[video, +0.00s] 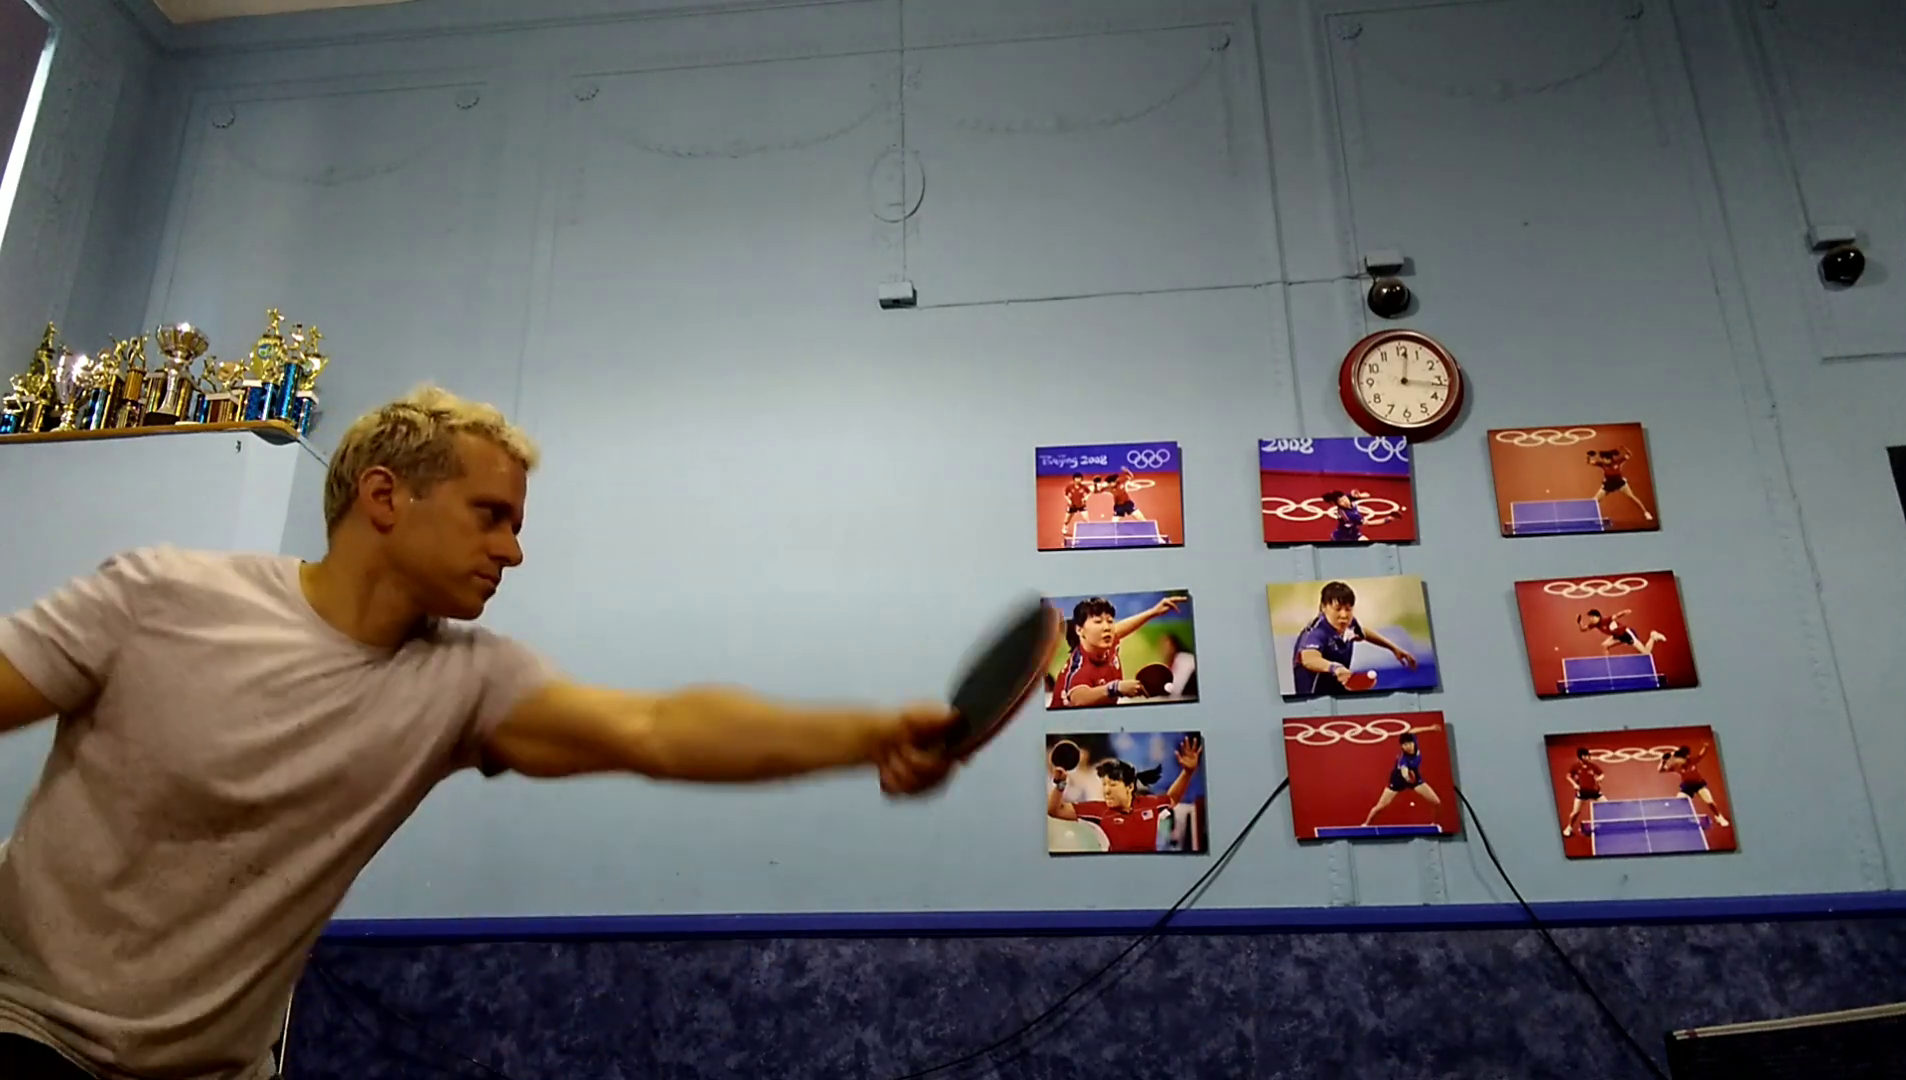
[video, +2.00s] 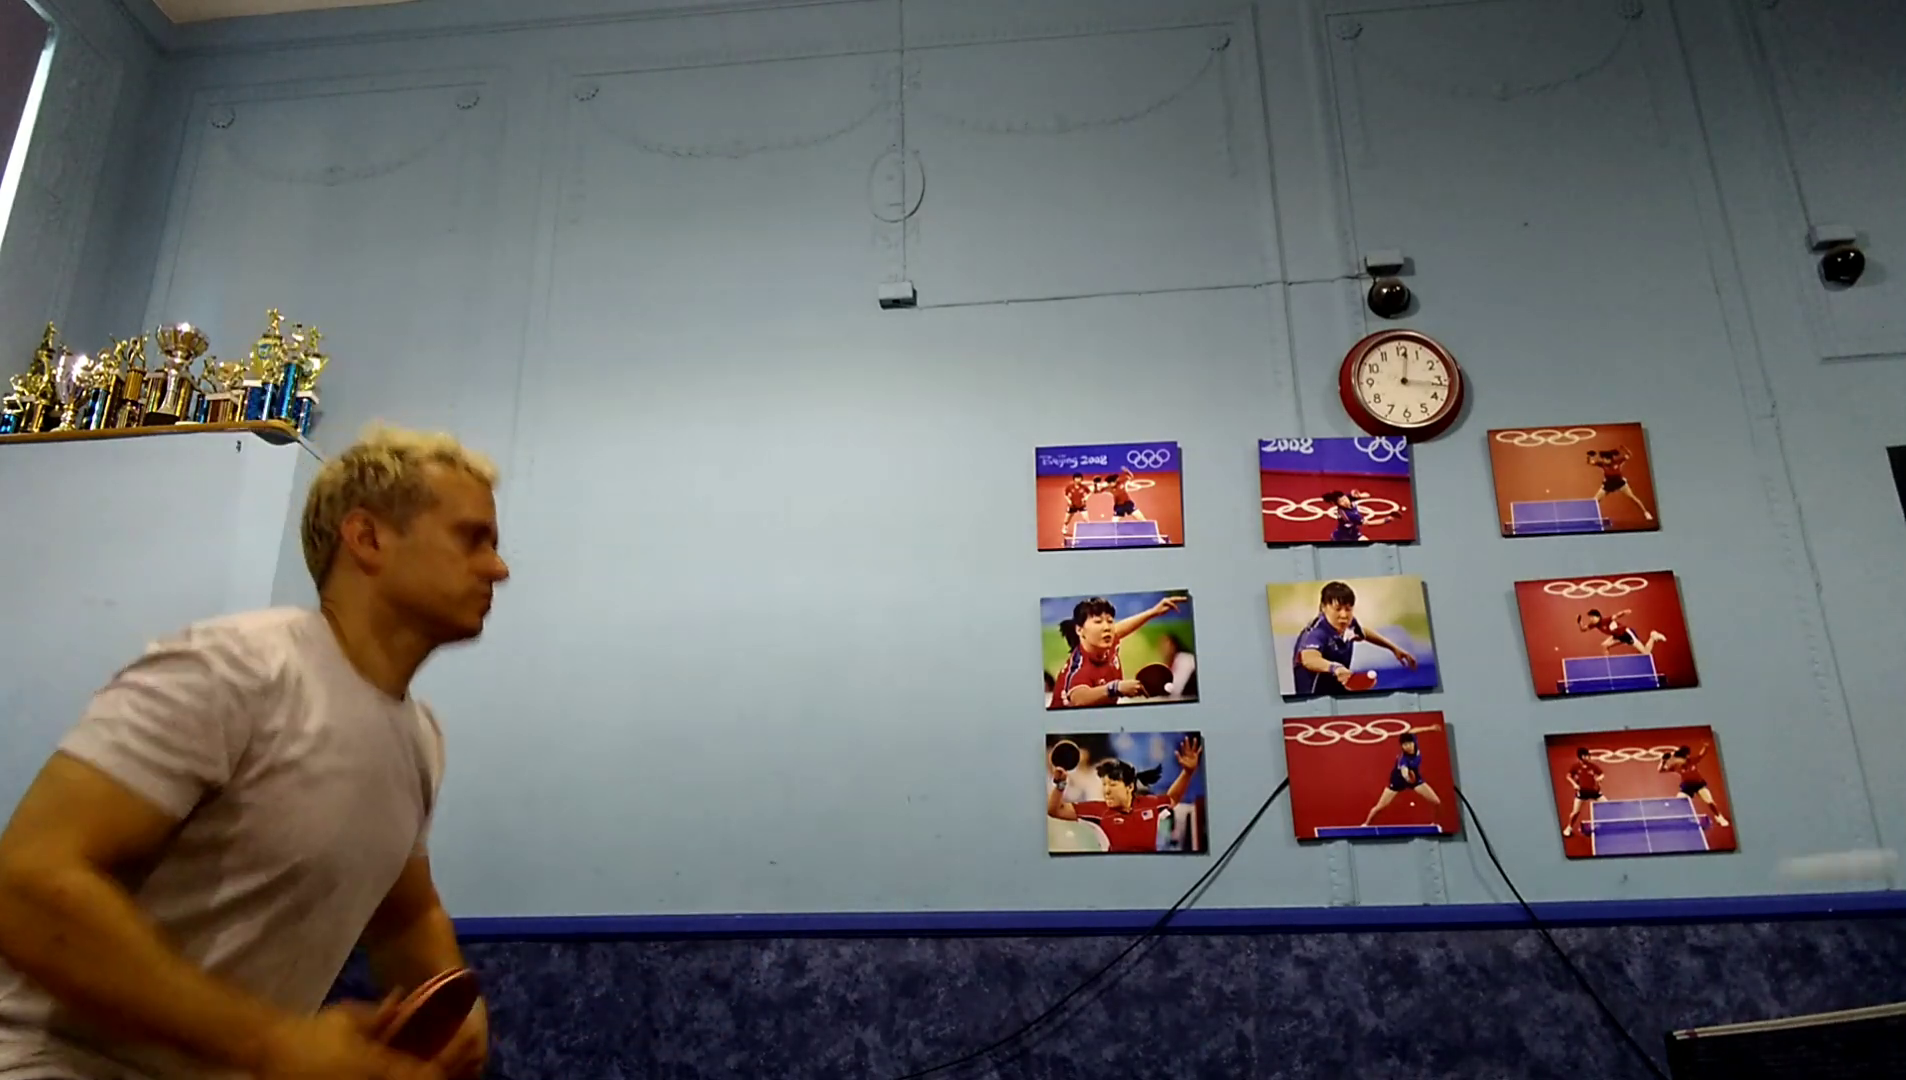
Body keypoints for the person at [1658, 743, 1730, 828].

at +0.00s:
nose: (1681, 761)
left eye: (1683, 759)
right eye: (1680, 760)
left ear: (1687, 757)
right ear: (1677, 758)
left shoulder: (1692, 761)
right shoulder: (1676, 766)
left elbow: (1700, 756)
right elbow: (1661, 770)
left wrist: (1705, 747)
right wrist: (1663, 761)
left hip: (1699, 784)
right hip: (1686, 786)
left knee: (1710, 802)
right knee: (1678, 803)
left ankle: (1718, 816)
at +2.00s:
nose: (1685, 759)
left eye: (1686, 756)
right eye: (1683, 757)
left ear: (1687, 756)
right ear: (1679, 757)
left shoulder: (1692, 760)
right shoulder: (1676, 765)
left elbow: (1701, 755)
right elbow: (1661, 770)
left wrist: (1705, 747)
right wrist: (1663, 760)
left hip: (1699, 784)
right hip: (1686, 786)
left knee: (1710, 802)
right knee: (1678, 803)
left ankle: (1718, 817)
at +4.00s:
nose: (1686, 760)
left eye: (1687, 758)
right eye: (1683, 759)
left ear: (1688, 757)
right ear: (1678, 759)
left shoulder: (1693, 761)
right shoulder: (1676, 766)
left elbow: (1701, 755)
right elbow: (1660, 771)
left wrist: (1705, 747)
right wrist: (1663, 761)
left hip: (1699, 784)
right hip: (1687, 785)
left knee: (1710, 802)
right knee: (1679, 802)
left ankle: (1718, 816)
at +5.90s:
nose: (1680, 762)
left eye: (1682, 759)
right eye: (1678, 760)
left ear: (1687, 757)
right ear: (1676, 759)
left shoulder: (1693, 761)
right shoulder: (1676, 766)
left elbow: (1701, 755)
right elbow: (1661, 770)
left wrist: (1705, 747)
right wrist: (1663, 761)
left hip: (1699, 784)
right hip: (1686, 785)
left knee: (1710, 802)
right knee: (1679, 802)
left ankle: (1718, 816)